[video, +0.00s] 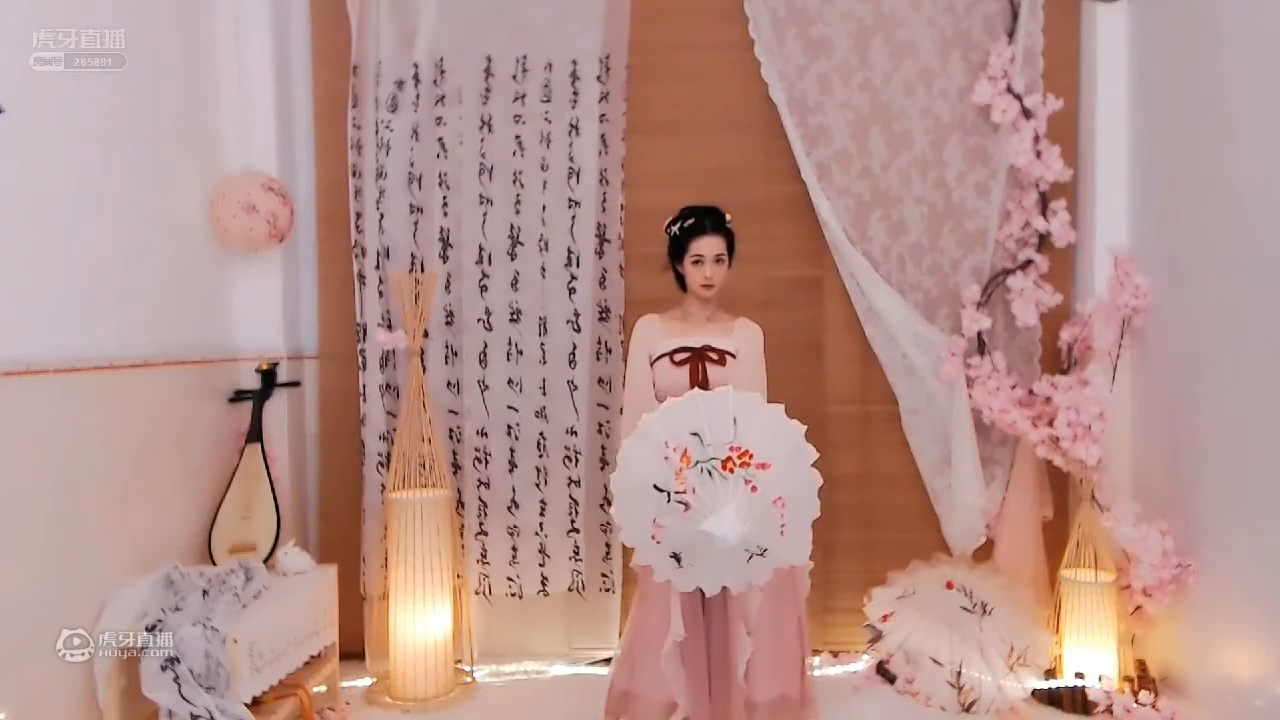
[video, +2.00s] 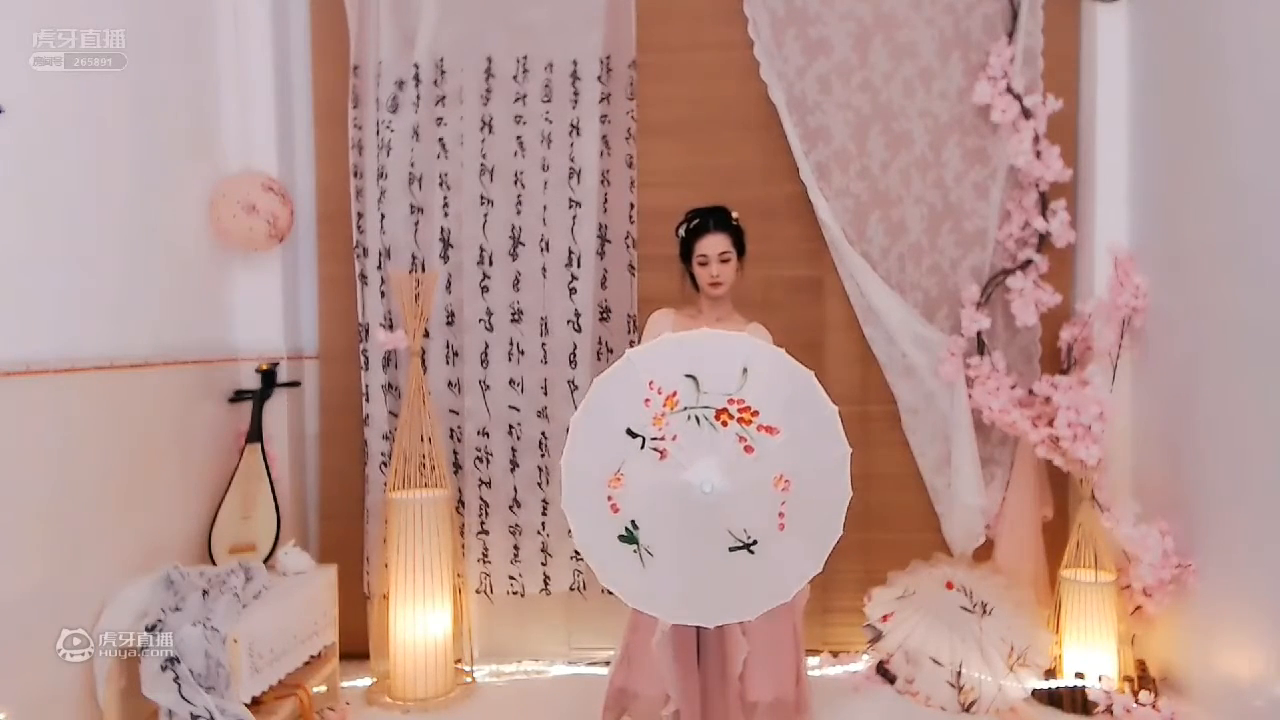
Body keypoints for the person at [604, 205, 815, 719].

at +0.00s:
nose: (709, 273)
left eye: (718, 261)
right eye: (698, 261)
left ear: (730, 265)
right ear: (678, 265)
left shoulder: (748, 334)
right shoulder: (650, 330)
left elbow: (757, 424)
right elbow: (636, 421)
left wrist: (753, 496)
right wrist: (647, 499)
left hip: (735, 488)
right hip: (670, 488)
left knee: (734, 609)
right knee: (674, 608)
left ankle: (735, 710)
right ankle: (675, 711)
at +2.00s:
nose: (714, 271)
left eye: (724, 258)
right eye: (704, 261)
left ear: (739, 263)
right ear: (689, 266)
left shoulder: (757, 335)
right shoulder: (663, 324)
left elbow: (775, 424)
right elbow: (642, 410)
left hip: (738, 488)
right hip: (674, 485)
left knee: (736, 605)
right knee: (673, 603)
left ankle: (735, 710)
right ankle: (674, 709)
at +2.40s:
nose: (716, 270)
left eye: (726, 258)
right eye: (705, 260)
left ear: (741, 262)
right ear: (691, 266)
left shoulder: (759, 335)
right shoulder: (665, 324)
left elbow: (778, 424)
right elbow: (642, 409)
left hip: (740, 489)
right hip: (677, 485)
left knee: (740, 605)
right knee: (676, 604)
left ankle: (738, 709)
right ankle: (677, 709)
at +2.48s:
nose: (716, 270)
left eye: (726, 258)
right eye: (705, 260)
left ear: (742, 262)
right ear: (691, 266)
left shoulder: (760, 336)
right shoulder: (666, 324)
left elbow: (778, 424)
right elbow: (644, 410)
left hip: (741, 488)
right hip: (678, 484)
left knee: (740, 604)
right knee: (677, 603)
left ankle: (738, 709)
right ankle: (677, 709)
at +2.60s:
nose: (717, 270)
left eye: (727, 258)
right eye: (706, 260)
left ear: (742, 262)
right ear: (692, 266)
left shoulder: (760, 335)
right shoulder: (666, 323)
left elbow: (776, 425)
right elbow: (646, 410)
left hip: (741, 488)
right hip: (678, 484)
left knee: (740, 605)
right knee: (677, 603)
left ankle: (739, 709)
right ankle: (678, 709)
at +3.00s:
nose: (717, 270)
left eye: (727, 257)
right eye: (706, 260)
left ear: (743, 262)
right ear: (692, 266)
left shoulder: (760, 335)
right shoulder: (669, 323)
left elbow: (779, 424)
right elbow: (649, 410)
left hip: (744, 489)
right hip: (680, 486)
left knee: (743, 607)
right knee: (678, 606)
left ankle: (741, 710)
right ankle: (678, 711)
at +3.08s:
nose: (717, 270)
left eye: (727, 257)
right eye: (706, 260)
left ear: (743, 262)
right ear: (692, 266)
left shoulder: (760, 335)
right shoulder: (668, 323)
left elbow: (778, 429)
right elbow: (649, 411)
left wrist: (794, 529)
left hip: (743, 488)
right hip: (678, 486)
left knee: (742, 606)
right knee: (677, 604)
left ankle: (740, 710)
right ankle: (677, 710)